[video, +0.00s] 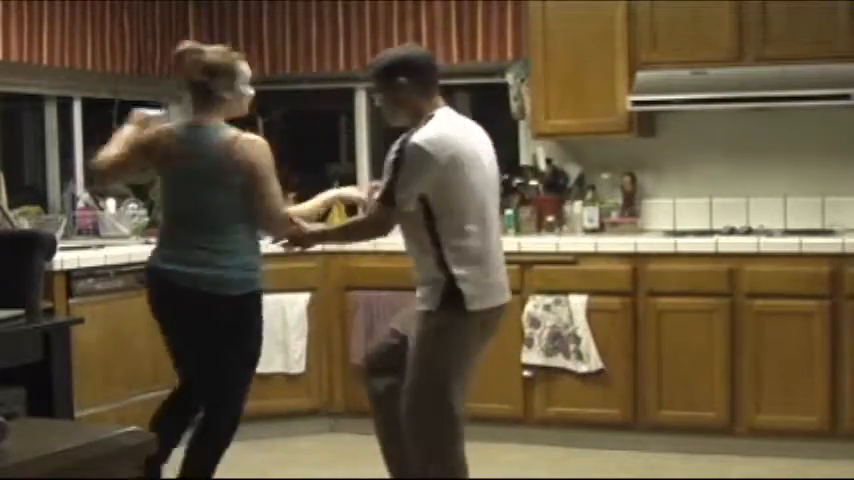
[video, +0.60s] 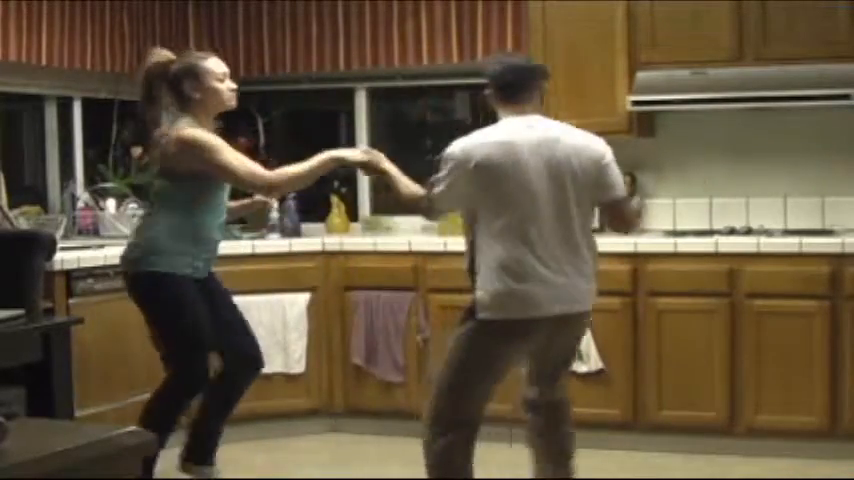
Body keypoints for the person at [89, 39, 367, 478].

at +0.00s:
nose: (252, 96)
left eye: (250, 88)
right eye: (247, 88)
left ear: (200, 91)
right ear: (229, 93)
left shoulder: (163, 140)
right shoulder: (250, 148)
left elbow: (100, 174)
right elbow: (277, 223)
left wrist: (130, 129)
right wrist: (330, 198)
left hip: (168, 284)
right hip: (230, 292)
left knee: (192, 385)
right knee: (226, 406)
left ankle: (145, 464)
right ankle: (193, 476)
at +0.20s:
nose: (222, 94)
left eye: (222, 85)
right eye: (212, 85)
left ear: (213, 94)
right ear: (182, 94)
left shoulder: (205, 143)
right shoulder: (170, 152)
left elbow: (233, 179)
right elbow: (217, 221)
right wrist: (281, 222)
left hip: (212, 285)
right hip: (177, 288)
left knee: (228, 385)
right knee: (218, 387)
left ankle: (169, 461)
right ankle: (169, 463)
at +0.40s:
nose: (214, 89)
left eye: (213, 81)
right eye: (203, 81)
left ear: (210, 90)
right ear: (172, 90)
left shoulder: (219, 143)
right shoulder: (151, 148)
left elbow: (247, 217)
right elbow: (187, 205)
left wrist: (273, 183)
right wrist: (256, 187)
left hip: (219, 277)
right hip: (166, 279)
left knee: (202, 381)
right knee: (205, 381)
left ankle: (167, 462)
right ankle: (179, 470)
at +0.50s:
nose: (223, 79)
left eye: (220, 71)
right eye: (212, 72)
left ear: (203, 84)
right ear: (180, 82)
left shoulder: (214, 134)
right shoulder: (164, 134)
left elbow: (222, 198)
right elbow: (227, 177)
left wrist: (263, 192)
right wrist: (294, 147)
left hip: (206, 265)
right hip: (161, 266)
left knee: (214, 368)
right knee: (209, 366)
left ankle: (165, 462)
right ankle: (163, 465)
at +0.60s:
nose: (233, 85)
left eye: (230, 77)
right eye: (222, 78)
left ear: (202, 90)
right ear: (194, 88)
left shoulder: (200, 140)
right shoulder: (186, 138)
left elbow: (195, 215)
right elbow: (269, 183)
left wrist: (248, 206)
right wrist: (336, 157)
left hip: (193, 270)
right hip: (158, 270)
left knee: (244, 360)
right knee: (190, 371)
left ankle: (197, 463)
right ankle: (136, 464)